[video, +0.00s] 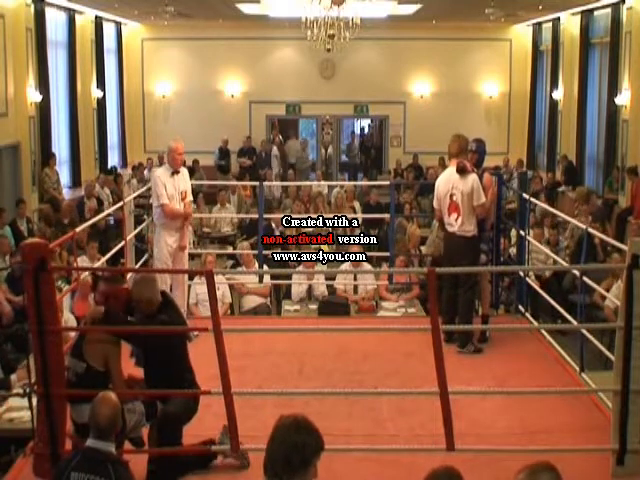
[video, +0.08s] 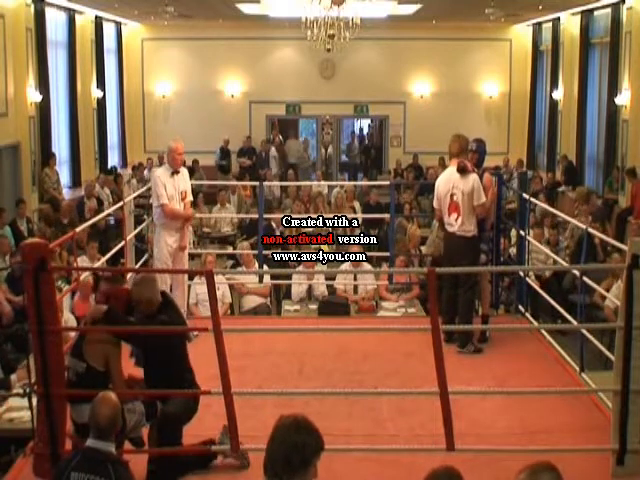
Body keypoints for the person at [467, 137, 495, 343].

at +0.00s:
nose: (470, 157)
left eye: (474, 153)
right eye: (469, 152)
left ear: (480, 155)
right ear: (466, 153)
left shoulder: (487, 178)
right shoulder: (461, 175)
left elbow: (489, 206)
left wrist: (485, 223)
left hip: (483, 230)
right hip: (464, 229)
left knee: (483, 275)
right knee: (463, 276)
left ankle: (484, 321)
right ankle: (460, 319)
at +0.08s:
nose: (470, 156)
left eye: (474, 153)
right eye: (469, 152)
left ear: (481, 155)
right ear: (466, 153)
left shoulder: (487, 178)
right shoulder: (461, 175)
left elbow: (489, 206)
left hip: (483, 230)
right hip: (464, 229)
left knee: (483, 275)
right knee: (464, 276)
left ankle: (484, 321)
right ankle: (461, 319)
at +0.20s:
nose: (470, 156)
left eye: (474, 153)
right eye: (470, 152)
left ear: (481, 155)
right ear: (467, 153)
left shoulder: (487, 179)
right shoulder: (462, 175)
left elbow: (489, 206)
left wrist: (486, 224)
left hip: (483, 230)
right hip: (464, 229)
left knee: (484, 275)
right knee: (464, 276)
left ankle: (484, 321)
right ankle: (461, 319)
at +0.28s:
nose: (471, 156)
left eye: (475, 152)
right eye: (470, 152)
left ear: (482, 155)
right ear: (466, 153)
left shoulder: (487, 179)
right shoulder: (461, 175)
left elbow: (489, 206)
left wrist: (486, 223)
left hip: (483, 229)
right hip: (464, 229)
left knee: (483, 275)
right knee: (463, 275)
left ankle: (484, 320)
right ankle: (460, 319)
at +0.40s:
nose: (471, 156)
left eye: (475, 152)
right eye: (470, 151)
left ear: (482, 155)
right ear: (467, 153)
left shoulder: (487, 178)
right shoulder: (462, 175)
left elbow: (489, 206)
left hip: (483, 230)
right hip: (465, 229)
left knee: (484, 275)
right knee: (464, 275)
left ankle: (484, 321)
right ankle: (461, 320)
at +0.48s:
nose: (472, 156)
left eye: (476, 152)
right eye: (470, 151)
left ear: (482, 155)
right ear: (467, 153)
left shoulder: (487, 178)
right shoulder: (462, 175)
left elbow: (490, 205)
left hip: (483, 229)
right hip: (464, 229)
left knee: (484, 275)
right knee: (464, 275)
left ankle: (484, 321)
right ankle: (461, 320)